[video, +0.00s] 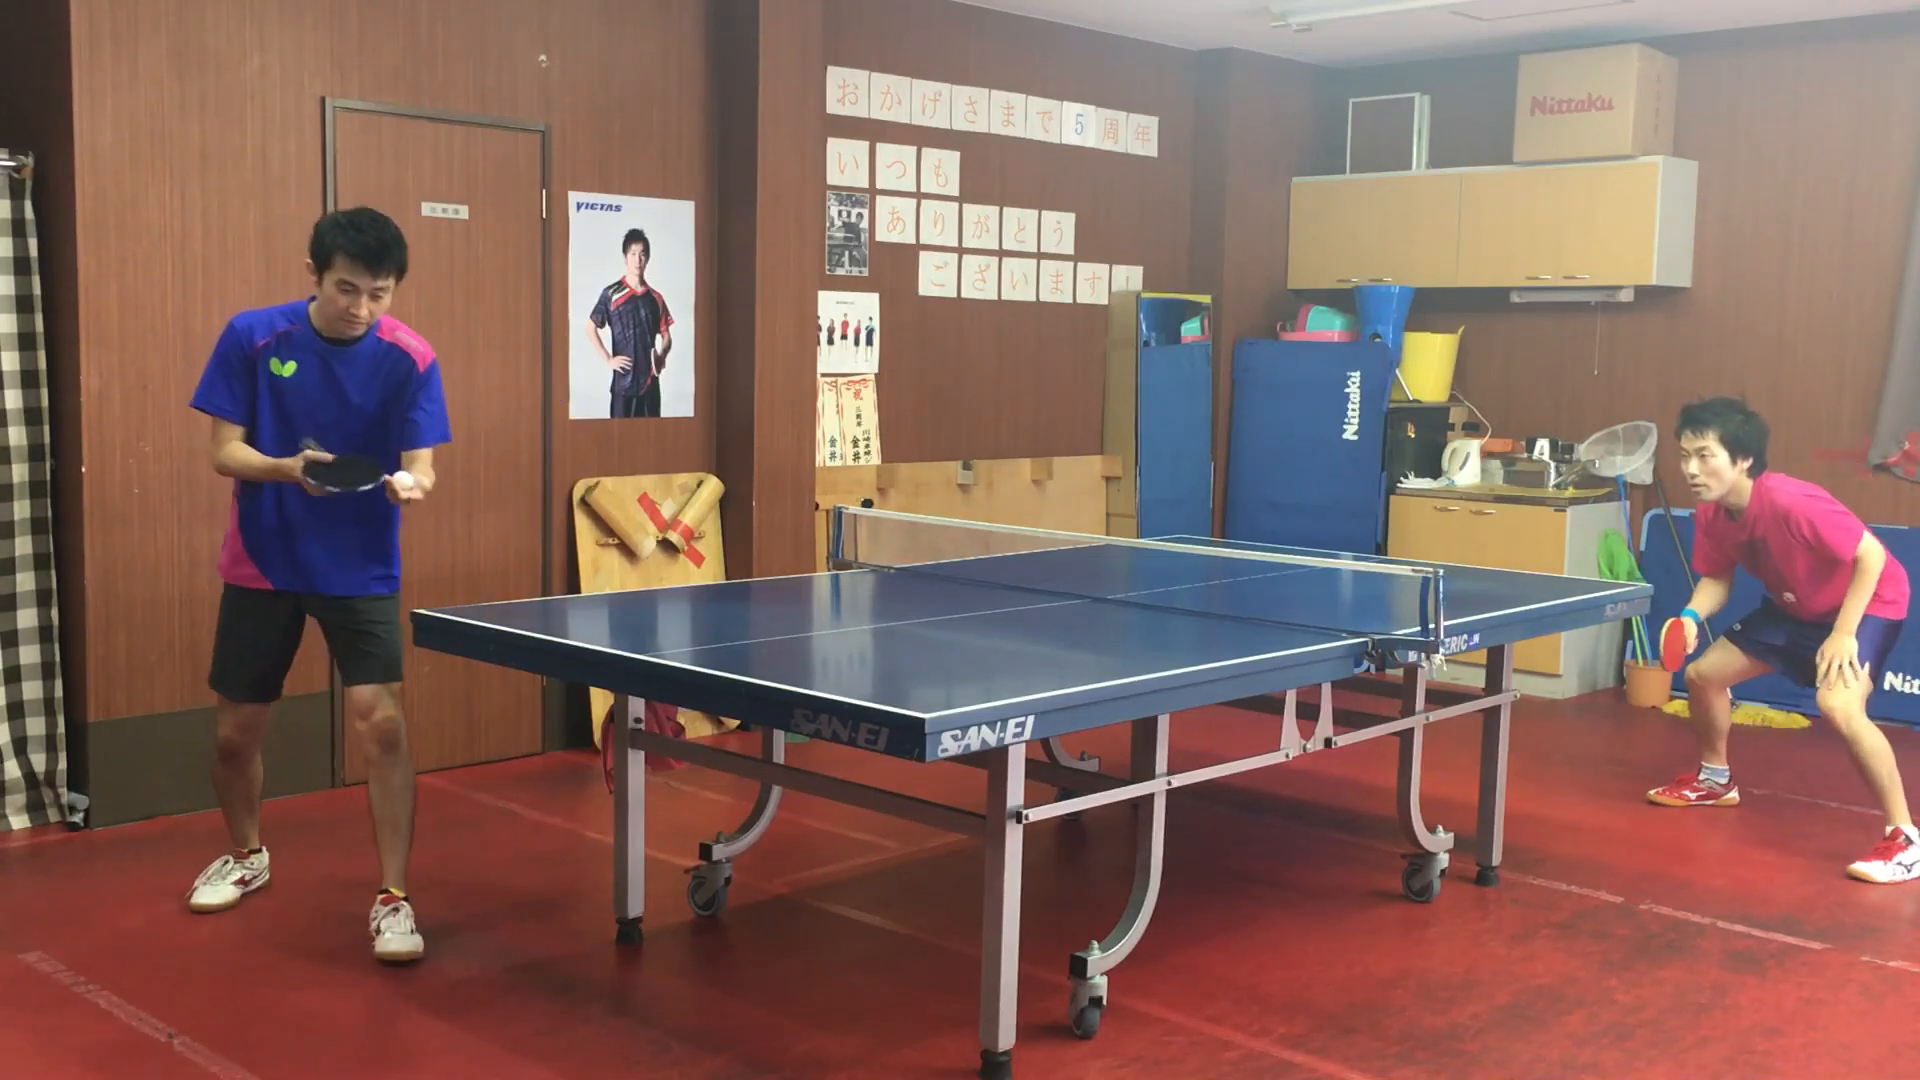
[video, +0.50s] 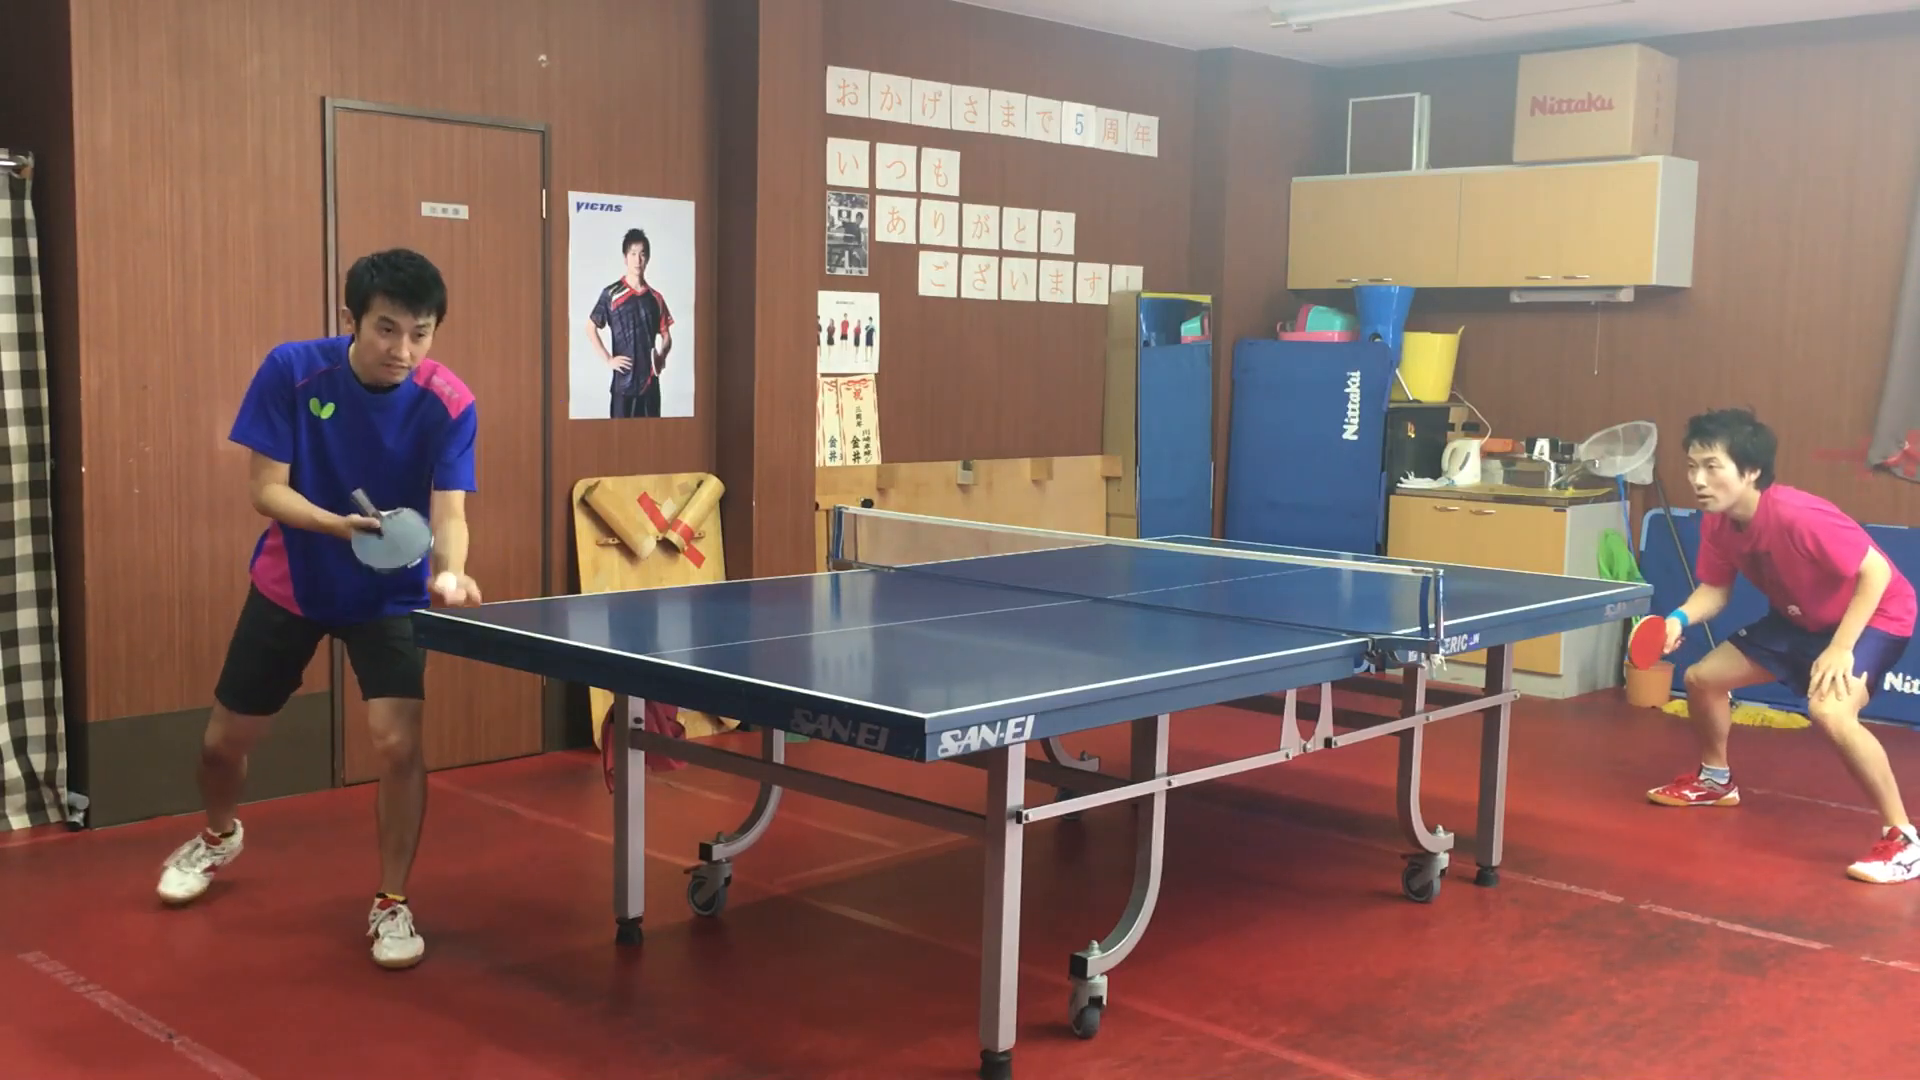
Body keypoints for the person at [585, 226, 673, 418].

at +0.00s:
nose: (638, 259)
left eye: (643, 254)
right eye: (633, 254)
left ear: (648, 258)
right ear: (625, 257)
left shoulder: (655, 297)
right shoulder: (611, 294)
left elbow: (666, 336)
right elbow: (591, 327)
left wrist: (662, 355)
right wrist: (608, 359)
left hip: (649, 378)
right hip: (624, 378)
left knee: (650, 435)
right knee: (622, 436)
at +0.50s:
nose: (638, 260)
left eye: (643, 254)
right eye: (633, 254)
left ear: (648, 258)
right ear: (625, 258)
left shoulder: (655, 297)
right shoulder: (611, 294)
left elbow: (666, 336)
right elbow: (591, 327)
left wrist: (662, 356)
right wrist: (608, 359)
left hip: (649, 378)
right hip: (624, 379)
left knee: (650, 435)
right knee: (622, 436)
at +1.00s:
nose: (639, 259)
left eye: (643, 254)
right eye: (633, 254)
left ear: (648, 258)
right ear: (625, 257)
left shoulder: (655, 297)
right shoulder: (611, 294)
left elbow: (666, 336)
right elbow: (591, 327)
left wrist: (662, 355)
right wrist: (608, 359)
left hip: (649, 378)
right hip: (624, 379)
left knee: (650, 436)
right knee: (622, 436)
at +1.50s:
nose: (639, 259)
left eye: (643, 254)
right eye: (633, 254)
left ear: (648, 258)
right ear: (625, 257)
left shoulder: (655, 297)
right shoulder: (611, 294)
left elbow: (666, 336)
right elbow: (591, 327)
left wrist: (662, 355)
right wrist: (608, 359)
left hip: (649, 378)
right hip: (624, 379)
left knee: (650, 436)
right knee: (622, 436)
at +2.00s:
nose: (639, 260)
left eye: (643, 254)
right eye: (633, 254)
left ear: (648, 258)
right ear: (625, 257)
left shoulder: (655, 297)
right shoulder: (611, 294)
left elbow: (666, 336)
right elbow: (590, 327)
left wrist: (661, 355)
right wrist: (608, 359)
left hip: (650, 380)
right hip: (624, 380)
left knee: (650, 437)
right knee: (622, 437)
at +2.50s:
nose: (639, 259)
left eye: (643, 254)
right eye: (633, 254)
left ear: (648, 258)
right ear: (625, 257)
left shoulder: (655, 297)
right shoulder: (611, 294)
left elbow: (665, 336)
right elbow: (590, 328)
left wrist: (661, 355)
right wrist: (608, 359)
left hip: (649, 379)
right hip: (624, 380)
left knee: (650, 436)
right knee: (622, 436)